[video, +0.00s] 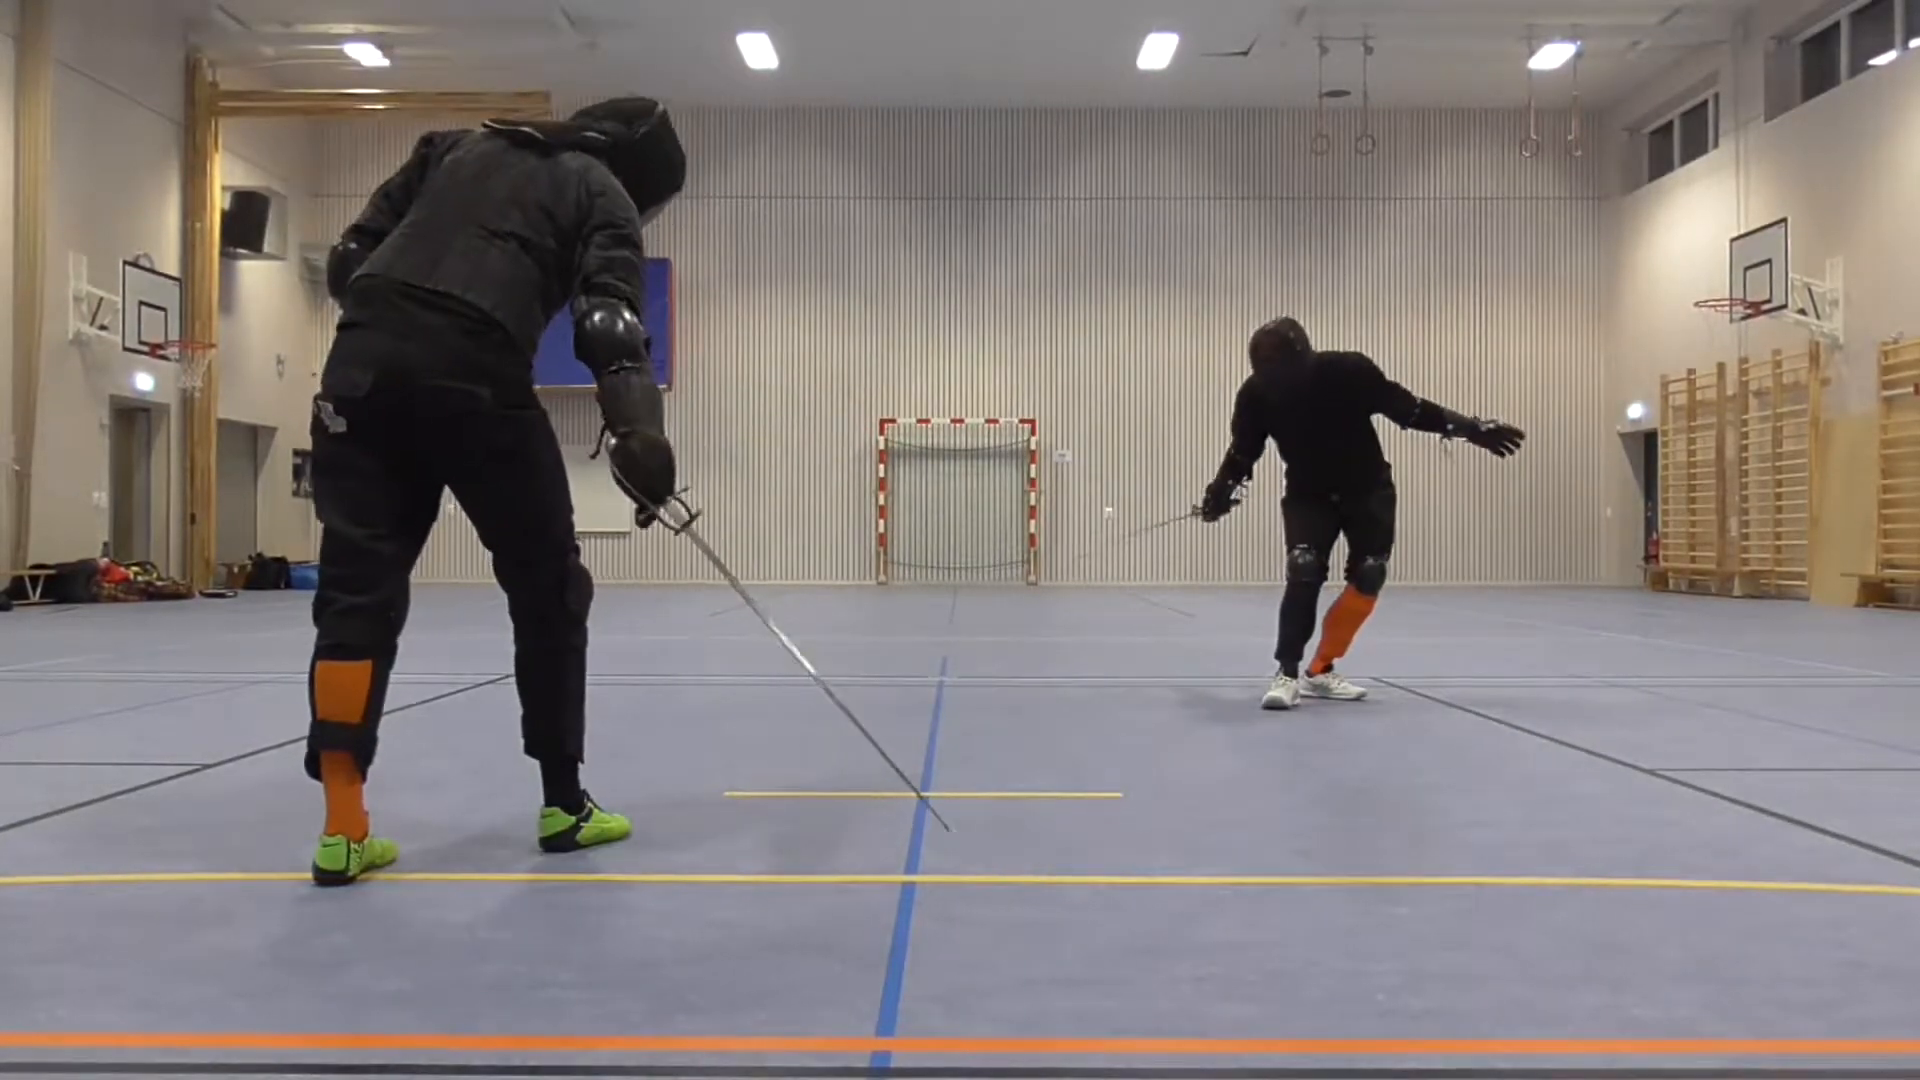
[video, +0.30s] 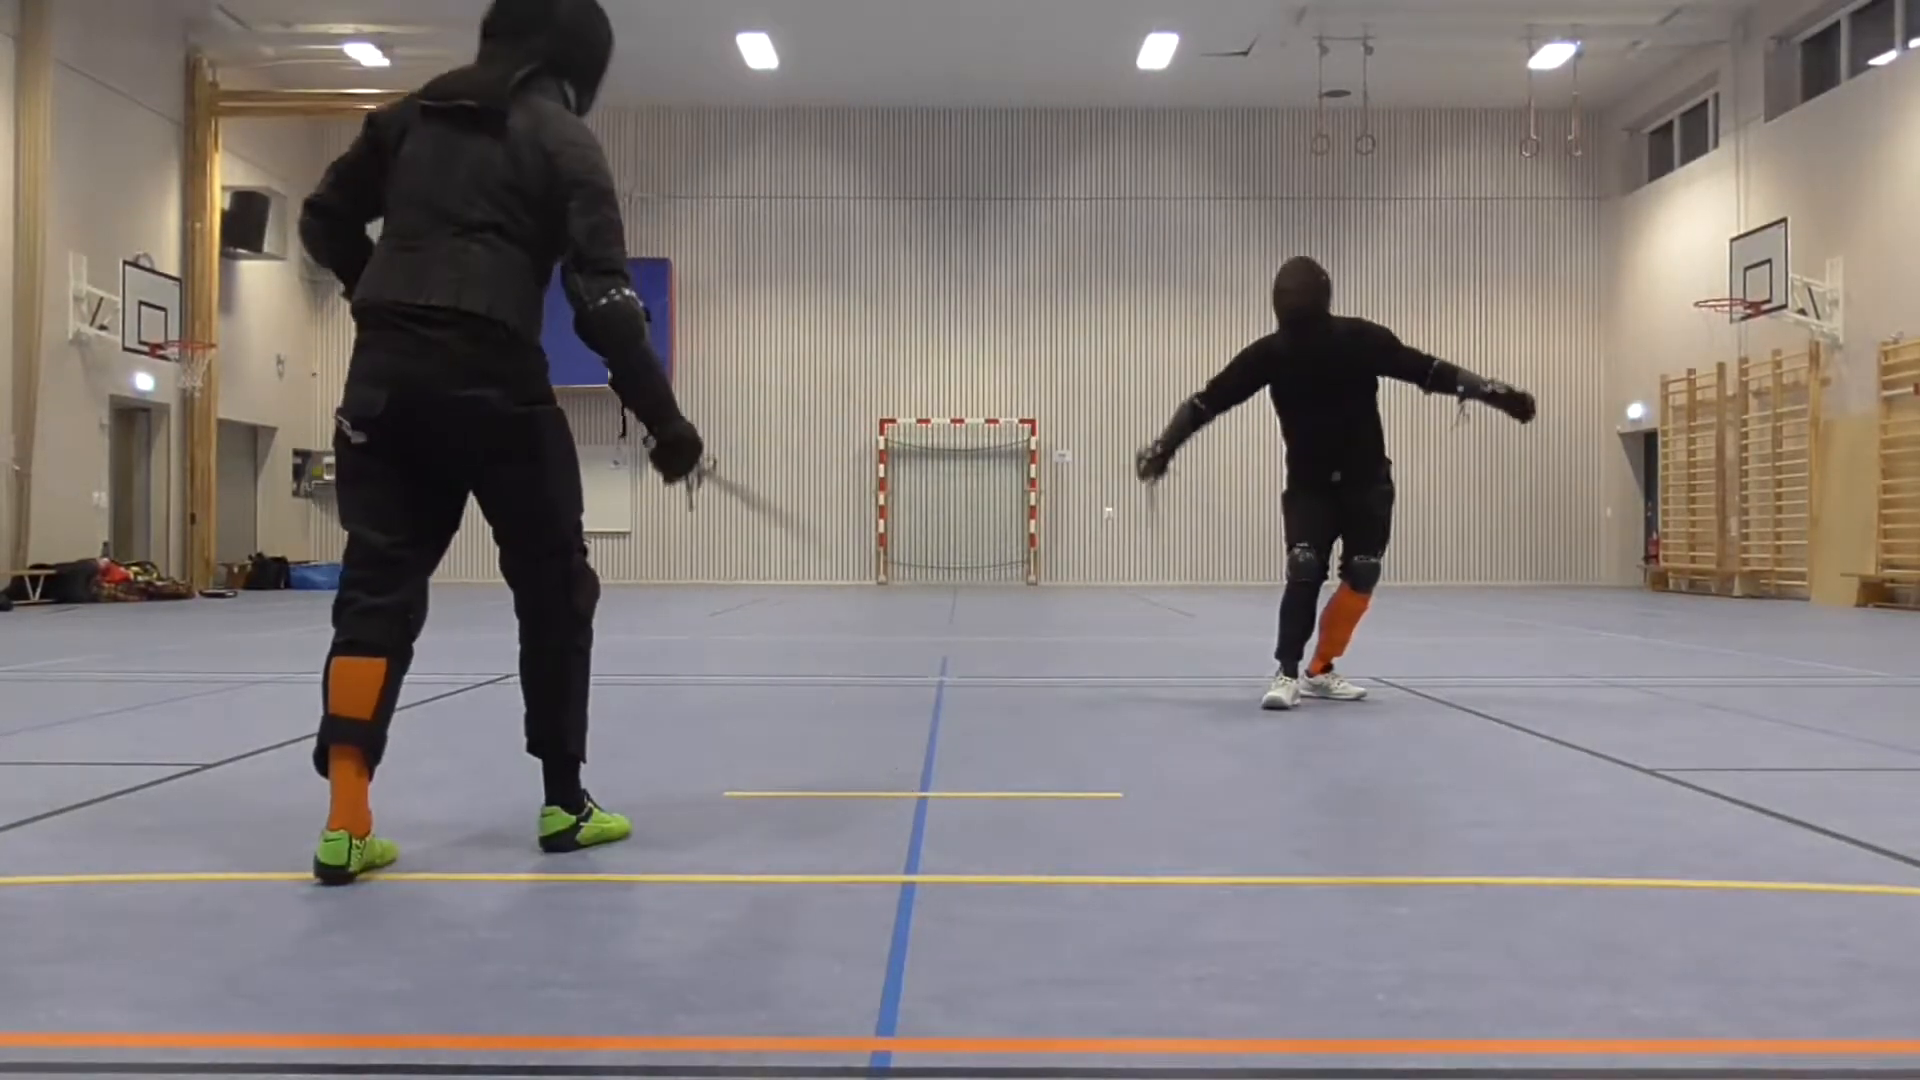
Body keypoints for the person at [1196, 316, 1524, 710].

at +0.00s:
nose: (1267, 379)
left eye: (1273, 368)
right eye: (1261, 370)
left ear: (1298, 355)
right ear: (1256, 366)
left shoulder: (1349, 372)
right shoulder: (1257, 396)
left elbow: (1411, 410)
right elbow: (1243, 451)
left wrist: (1474, 428)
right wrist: (1220, 492)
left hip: (1367, 489)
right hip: (1308, 494)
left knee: (1369, 577)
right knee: (1304, 572)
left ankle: (1320, 670)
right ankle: (1286, 673)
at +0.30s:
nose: (1292, 317)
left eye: (1297, 305)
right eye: (1288, 307)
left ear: (1307, 301)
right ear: (1322, 294)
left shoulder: (1362, 342)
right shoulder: (1268, 356)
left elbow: (1429, 371)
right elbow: (1209, 402)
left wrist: (1491, 392)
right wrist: (1163, 445)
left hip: (1367, 478)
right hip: (1309, 482)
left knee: (1361, 576)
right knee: (1304, 571)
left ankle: (1319, 670)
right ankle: (1287, 673)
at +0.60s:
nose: (1321, 287)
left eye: (1322, 278)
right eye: (1320, 278)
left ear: (1293, 281)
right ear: (1339, 279)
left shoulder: (1366, 329)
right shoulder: (1277, 338)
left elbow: (1434, 361)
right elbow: (1227, 389)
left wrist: (1437, 333)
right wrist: (1198, 377)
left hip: (1358, 473)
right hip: (1304, 473)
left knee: (1359, 572)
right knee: (1302, 558)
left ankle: (1318, 673)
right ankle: (1283, 674)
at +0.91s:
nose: (1320, 287)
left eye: (1327, 278)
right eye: (1314, 278)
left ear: (1337, 280)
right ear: (1298, 279)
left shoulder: (1363, 330)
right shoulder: (1277, 337)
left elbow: (1427, 352)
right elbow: (1252, 398)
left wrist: (1388, 299)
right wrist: (1234, 418)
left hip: (1351, 467)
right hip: (1297, 466)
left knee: (1361, 570)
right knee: (1294, 549)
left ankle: (1319, 670)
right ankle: (1268, 654)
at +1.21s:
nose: (1296, 292)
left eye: (1306, 283)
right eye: (1289, 281)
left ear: (1323, 285)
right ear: (1274, 283)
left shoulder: (1341, 335)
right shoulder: (1252, 347)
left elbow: (1404, 354)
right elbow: (1236, 422)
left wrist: (1357, 298)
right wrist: (1230, 477)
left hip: (1329, 474)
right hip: (1275, 475)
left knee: (1354, 582)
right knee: (1273, 559)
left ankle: (1319, 674)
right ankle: (1241, 668)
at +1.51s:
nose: (1251, 293)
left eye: (1262, 283)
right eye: (1243, 283)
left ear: (1282, 285)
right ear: (1230, 286)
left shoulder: (1300, 337)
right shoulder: (1206, 347)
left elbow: (1362, 381)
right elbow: (1181, 420)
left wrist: (1312, 326)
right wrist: (1164, 473)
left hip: (1283, 479)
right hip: (1226, 482)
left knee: (1348, 573)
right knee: (1235, 565)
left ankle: (1292, 662)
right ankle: (1225, 691)